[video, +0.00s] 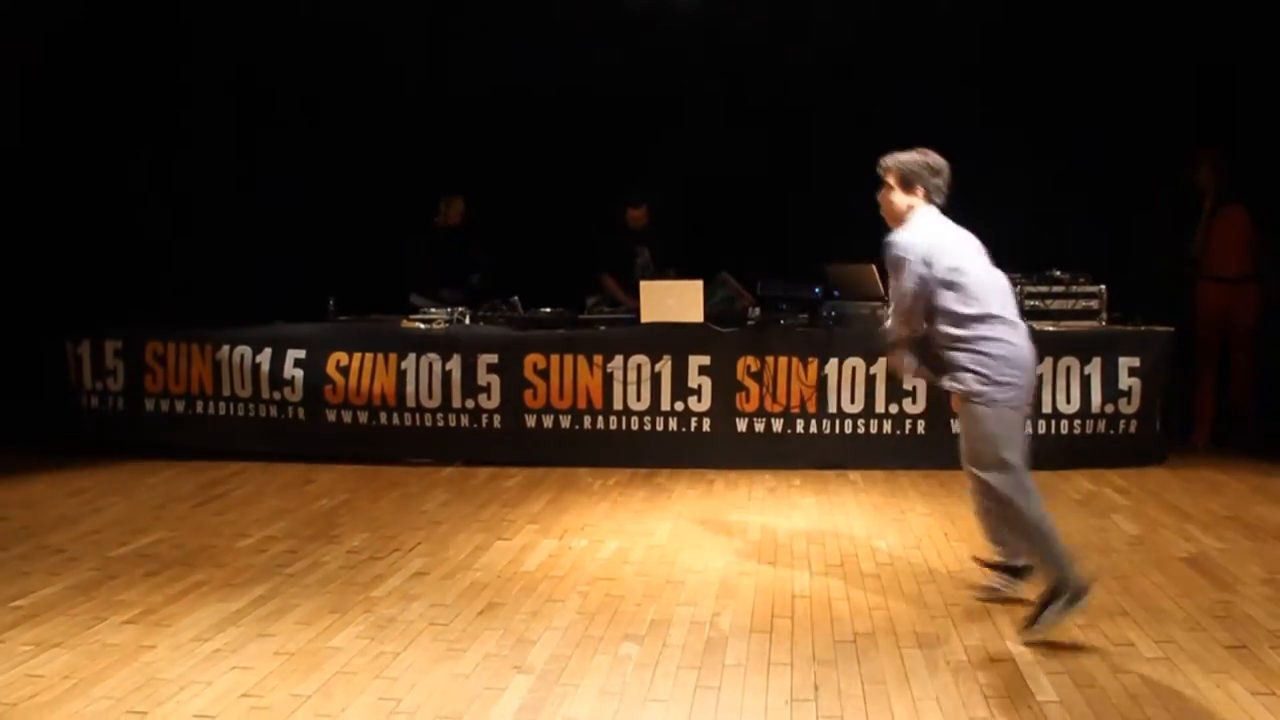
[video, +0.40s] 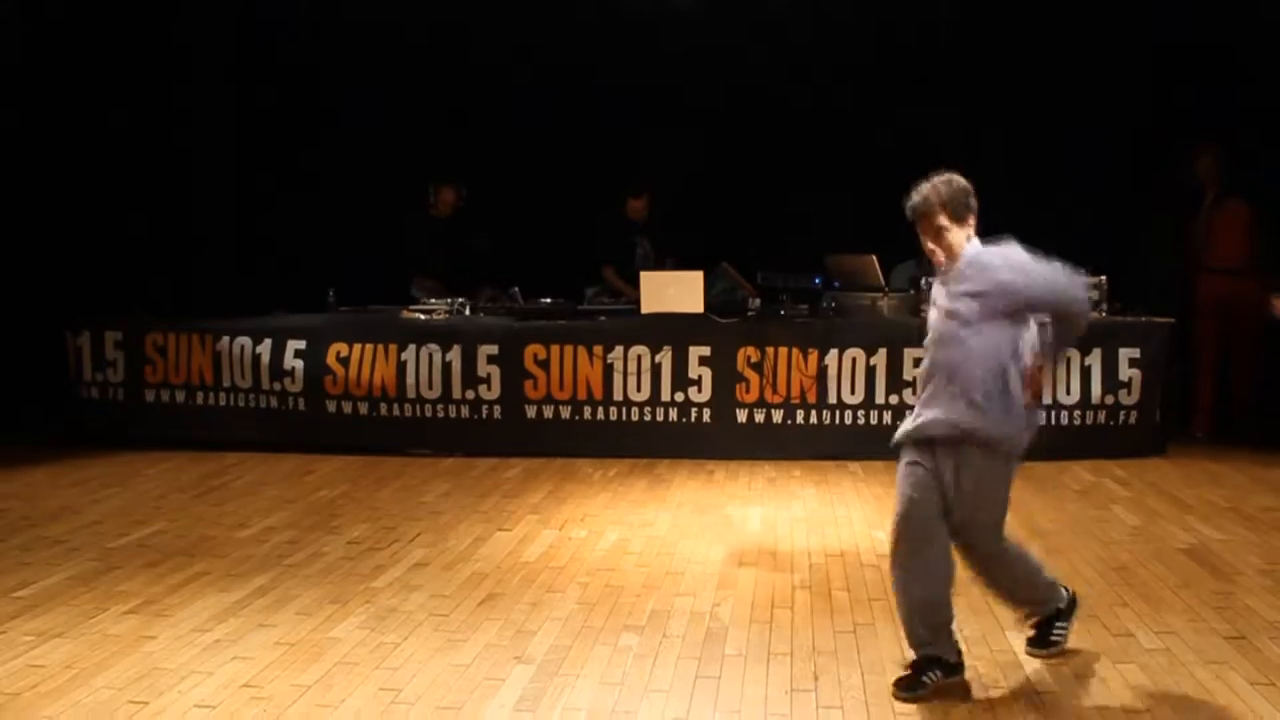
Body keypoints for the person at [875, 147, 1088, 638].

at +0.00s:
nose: (880, 197)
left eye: (886, 187)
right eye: (881, 187)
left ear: (913, 192)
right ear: (923, 194)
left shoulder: (908, 240)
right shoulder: (951, 233)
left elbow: (905, 322)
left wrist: (893, 343)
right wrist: (947, 376)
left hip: (988, 365)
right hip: (1009, 357)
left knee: (996, 473)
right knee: (991, 469)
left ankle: (1065, 580)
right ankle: (1017, 562)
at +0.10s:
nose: (899, 216)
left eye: (906, 206)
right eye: (900, 206)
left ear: (937, 209)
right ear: (940, 212)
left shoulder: (942, 254)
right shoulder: (954, 250)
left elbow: (885, 315)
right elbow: (911, 324)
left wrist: (843, 360)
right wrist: (883, 374)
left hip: (1012, 401)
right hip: (993, 399)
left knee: (1013, 507)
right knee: (985, 494)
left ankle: (1072, 613)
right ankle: (1029, 576)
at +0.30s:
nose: (915, 215)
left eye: (918, 200)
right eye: (909, 205)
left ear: (945, 191)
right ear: (953, 191)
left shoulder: (970, 240)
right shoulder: (948, 245)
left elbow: (1018, 328)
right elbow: (959, 323)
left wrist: (1032, 330)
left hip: (999, 399)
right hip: (952, 401)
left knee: (996, 506)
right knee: (934, 503)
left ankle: (1063, 586)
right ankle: (944, 624)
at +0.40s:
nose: (930, 247)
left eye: (937, 232)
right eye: (923, 238)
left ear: (967, 221)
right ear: (921, 237)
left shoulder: (999, 262)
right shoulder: (947, 279)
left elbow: (1074, 294)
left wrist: (1050, 354)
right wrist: (1032, 360)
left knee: (977, 537)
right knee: (915, 535)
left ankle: (1054, 603)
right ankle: (937, 656)